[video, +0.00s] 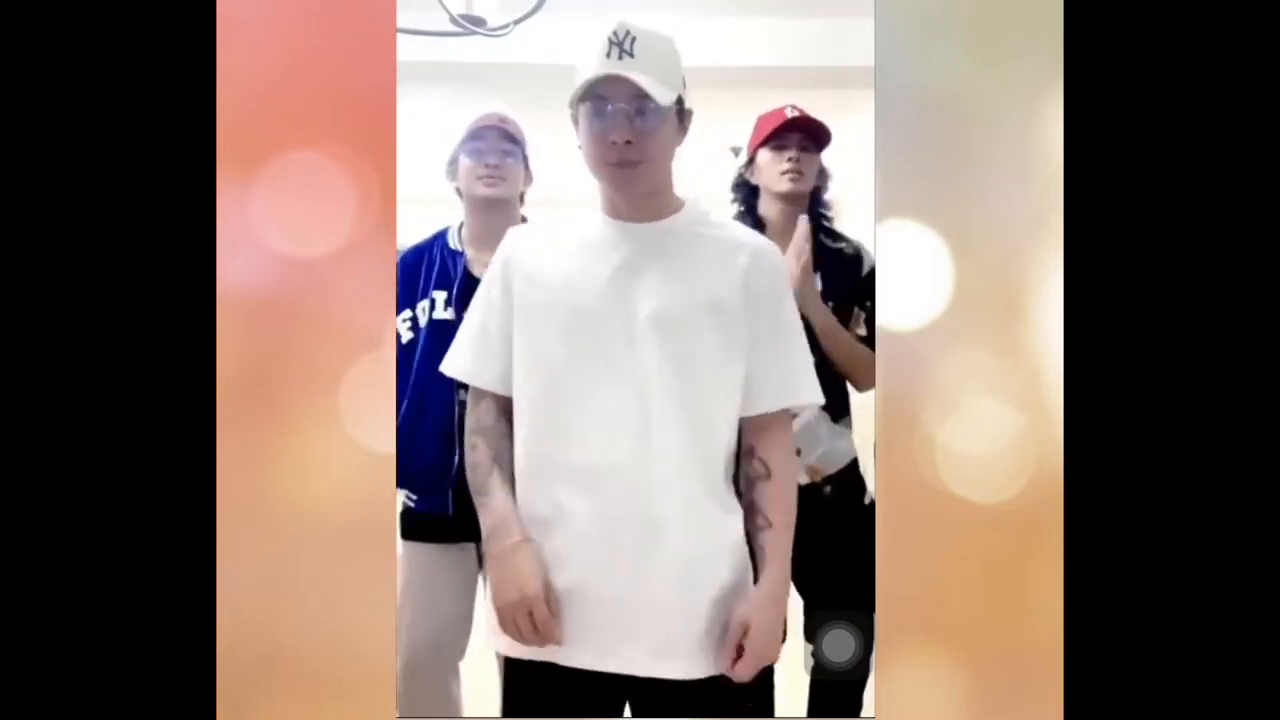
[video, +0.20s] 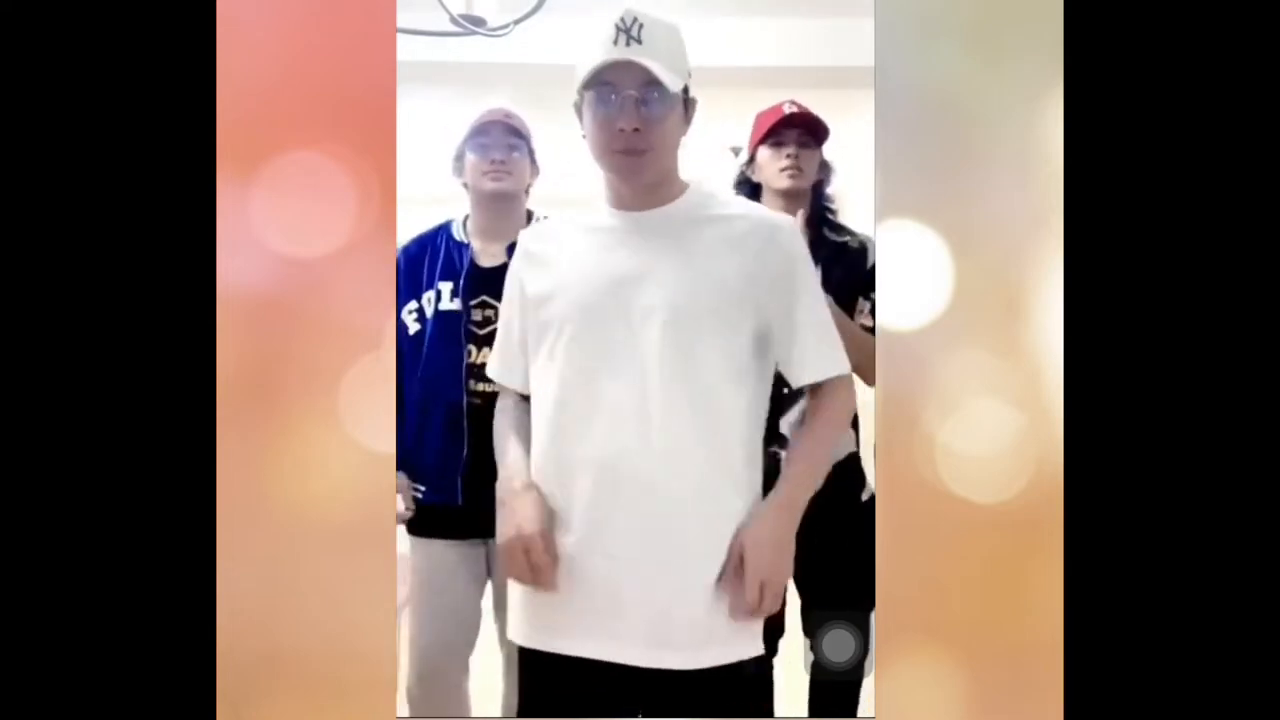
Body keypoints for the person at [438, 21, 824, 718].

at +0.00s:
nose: (620, 129)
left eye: (643, 109)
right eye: (600, 108)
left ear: (682, 125)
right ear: (575, 124)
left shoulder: (748, 264)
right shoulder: (526, 256)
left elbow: (771, 440)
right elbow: (486, 417)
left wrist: (774, 584)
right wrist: (503, 541)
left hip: (705, 639)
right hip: (555, 632)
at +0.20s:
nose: (628, 116)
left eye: (650, 96)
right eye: (607, 96)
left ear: (687, 114)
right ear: (580, 118)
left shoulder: (765, 244)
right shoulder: (541, 251)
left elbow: (834, 398)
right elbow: (512, 400)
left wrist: (782, 514)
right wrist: (515, 487)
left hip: (710, 635)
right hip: (564, 628)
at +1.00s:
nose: (663, 219)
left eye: (683, 199)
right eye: (645, 198)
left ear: (721, 149)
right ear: (603, 142)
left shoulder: (769, 233)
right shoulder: (543, 223)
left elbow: (811, 367)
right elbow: (497, 357)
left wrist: (774, 366)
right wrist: (547, 363)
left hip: (728, 598)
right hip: (585, 599)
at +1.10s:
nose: (671, 239)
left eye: (694, 222)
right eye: (650, 222)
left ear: (729, 179)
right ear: (606, 179)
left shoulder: (771, 232)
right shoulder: (538, 224)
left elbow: (797, 317)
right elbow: (492, 327)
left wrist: (779, 349)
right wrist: (540, 362)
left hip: (720, 584)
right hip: (583, 587)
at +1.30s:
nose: (661, 189)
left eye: (685, 162)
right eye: (638, 161)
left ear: (717, 166)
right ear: (599, 158)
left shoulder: (769, 271)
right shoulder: (535, 261)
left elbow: (787, 448)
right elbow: (502, 431)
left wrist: (758, 388)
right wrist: (558, 402)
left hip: (718, 604)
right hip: (580, 606)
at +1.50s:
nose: (637, 117)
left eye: (661, 97)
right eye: (616, 94)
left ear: (689, 121)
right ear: (580, 113)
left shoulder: (755, 241)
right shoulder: (535, 242)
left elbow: (772, 435)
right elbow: (531, 420)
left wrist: (756, 366)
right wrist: (551, 360)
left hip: (722, 602)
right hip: (585, 602)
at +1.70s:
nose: (701, 118)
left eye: (719, 97)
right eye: (676, 91)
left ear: (732, 116)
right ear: (623, 107)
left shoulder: (767, 250)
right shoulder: (559, 223)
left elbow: (780, 435)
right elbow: (518, 391)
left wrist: (755, 343)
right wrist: (548, 333)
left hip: (728, 597)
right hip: (595, 591)